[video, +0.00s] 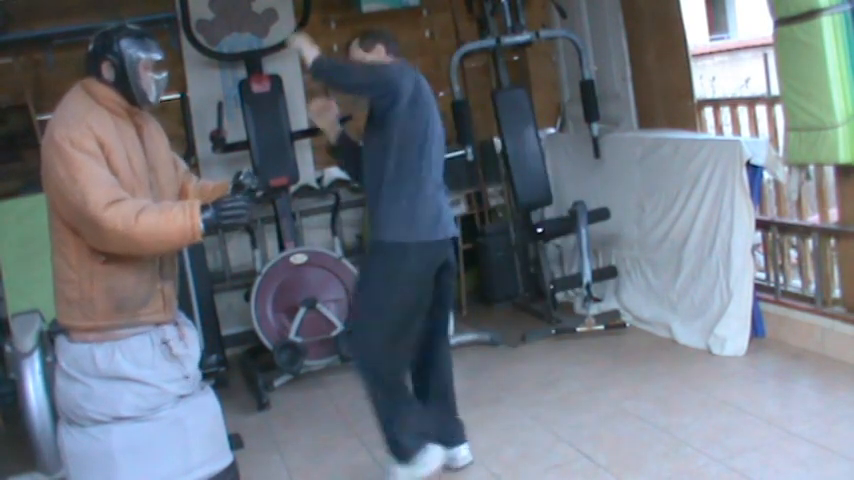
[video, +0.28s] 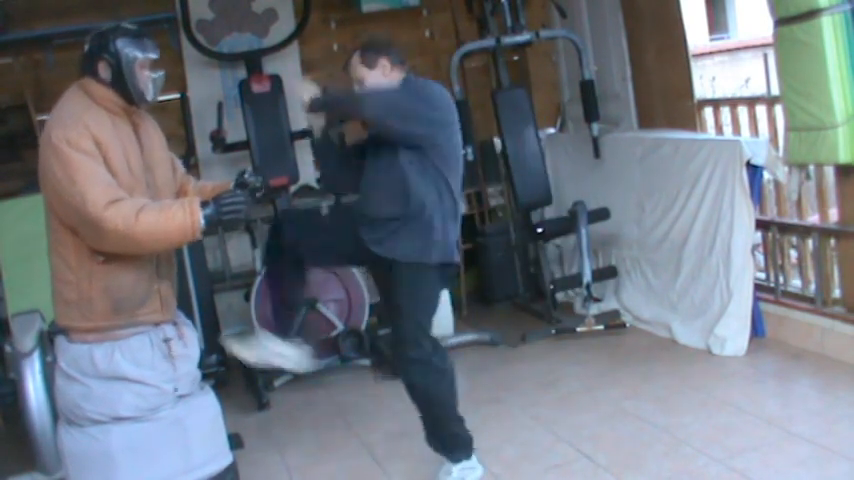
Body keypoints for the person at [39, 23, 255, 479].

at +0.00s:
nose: (153, 77)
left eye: (154, 67)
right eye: (142, 67)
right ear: (108, 67)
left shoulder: (143, 121)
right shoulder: (71, 128)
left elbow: (181, 188)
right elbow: (109, 221)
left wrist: (233, 189)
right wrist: (203, 218)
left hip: (158, 318)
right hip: (104, 331)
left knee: (192, 449)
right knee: (125, 459)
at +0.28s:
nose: (149, 75)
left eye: (150, 64)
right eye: (138, 65)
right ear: (104, 67)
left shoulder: (140, 120)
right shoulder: (68, 128)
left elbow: (178, 188)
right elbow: (108, 221)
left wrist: (232, 190)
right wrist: (202, 216)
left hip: (157, 318)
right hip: (102, 331)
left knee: (188, 448)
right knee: (123, 458)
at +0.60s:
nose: (155, 74)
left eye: (155, 64)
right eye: (144, 64)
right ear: (110, 64)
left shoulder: (144, 122)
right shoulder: (73, 126)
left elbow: (181, 188)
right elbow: (106, 220)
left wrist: (229, 183)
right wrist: (200, 216)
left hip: (159, 317)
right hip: (104, 328)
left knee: (184, 446)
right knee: (124, 456)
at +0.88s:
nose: (142, 73)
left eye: (142, 63)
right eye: (131, 63)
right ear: (98, 66)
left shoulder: (134, 119)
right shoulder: (63, 129)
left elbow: (174, 187)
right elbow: (104, 220)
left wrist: (222, 192)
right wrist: (196, 214)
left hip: (159, 318)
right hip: (103, 333)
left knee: (193, 451)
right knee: (125, 461)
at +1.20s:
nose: (145, 73)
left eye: (145, 63)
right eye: (134, 63)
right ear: (101, 66)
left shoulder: (138, 121)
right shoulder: (65, 130)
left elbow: (177, 187)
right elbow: (107, 222)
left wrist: (230, 188)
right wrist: (200, 218)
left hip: (159, 318)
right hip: (103, 331)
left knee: (189, 449)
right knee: (124, 459)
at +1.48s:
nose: (148, 75)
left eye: (148, 64)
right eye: (137, 65)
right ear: (103, 67)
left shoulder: (140, 121)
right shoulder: (67, 130)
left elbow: (177, 187)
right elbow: (108, 222)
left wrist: (231, 190)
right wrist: (202, 216)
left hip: (160, 320)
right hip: (104, 333)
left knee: (190, 452)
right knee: (125, 461)